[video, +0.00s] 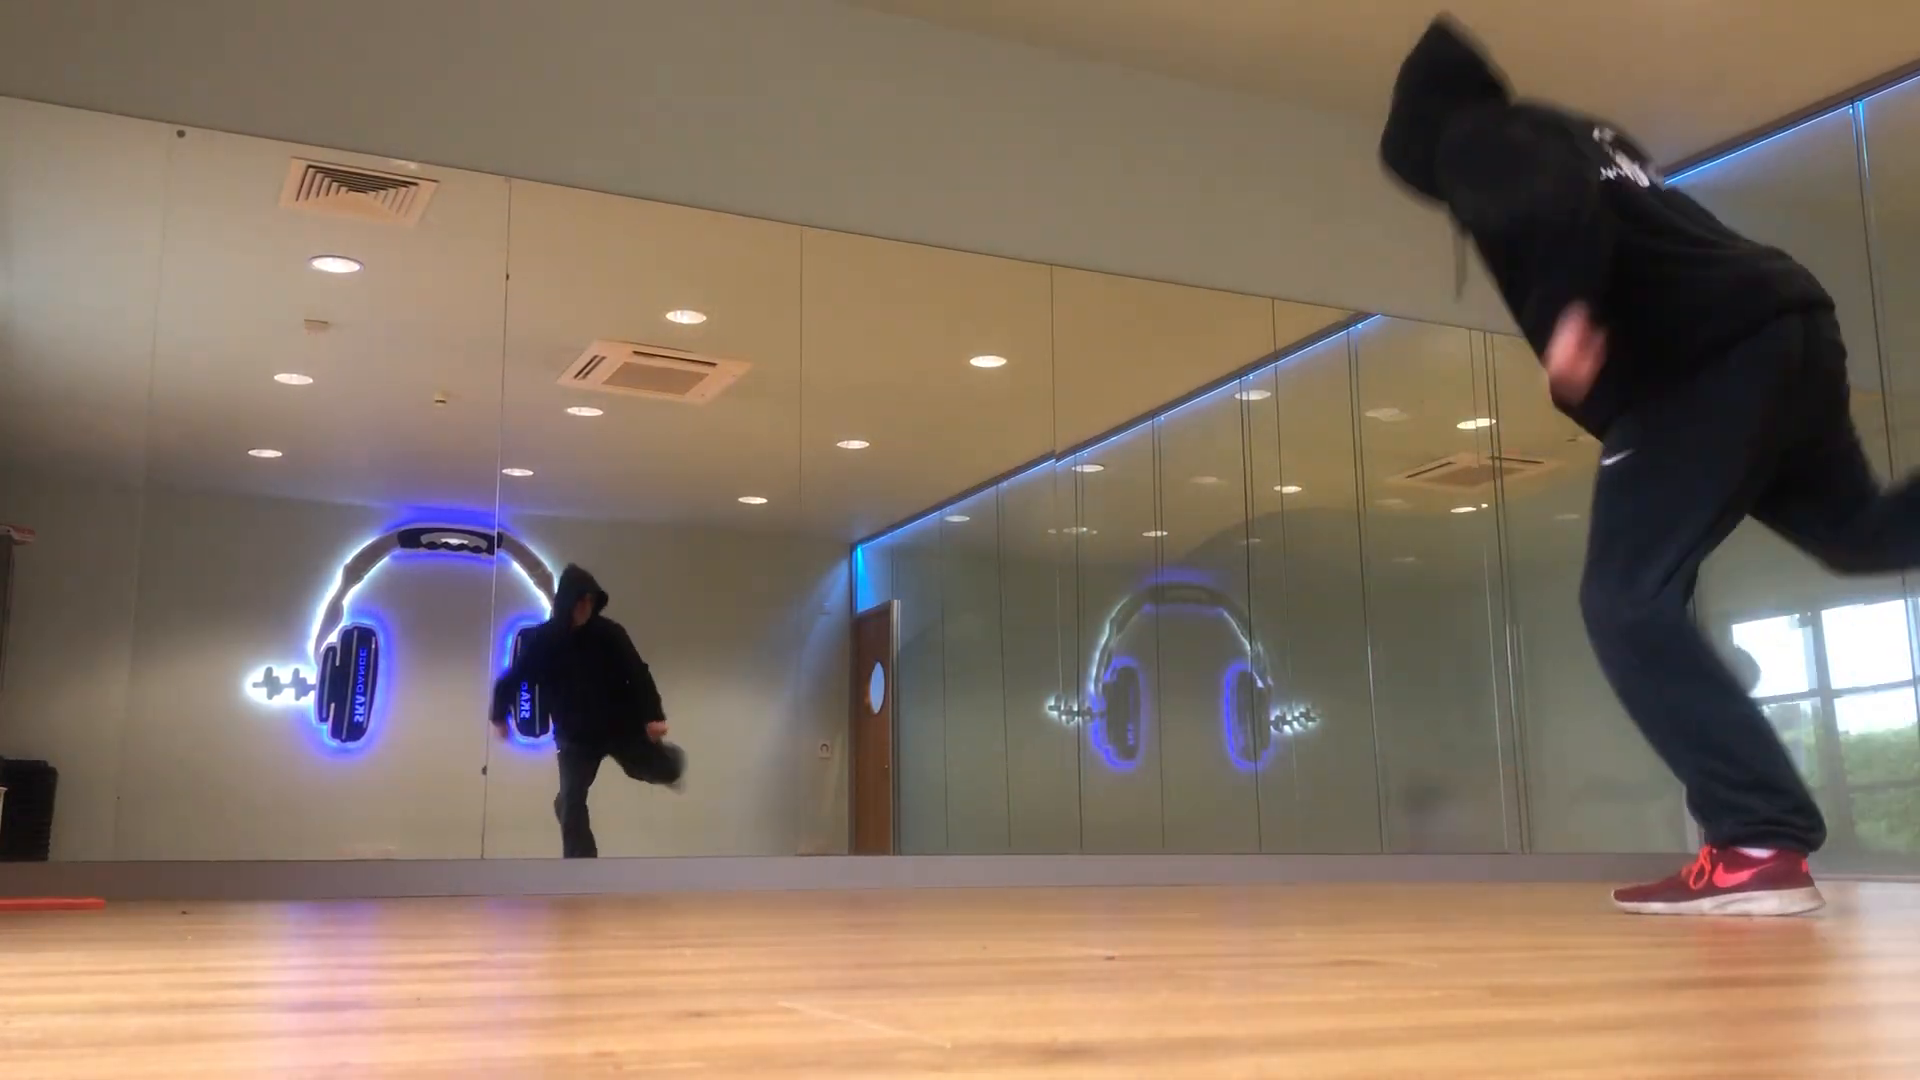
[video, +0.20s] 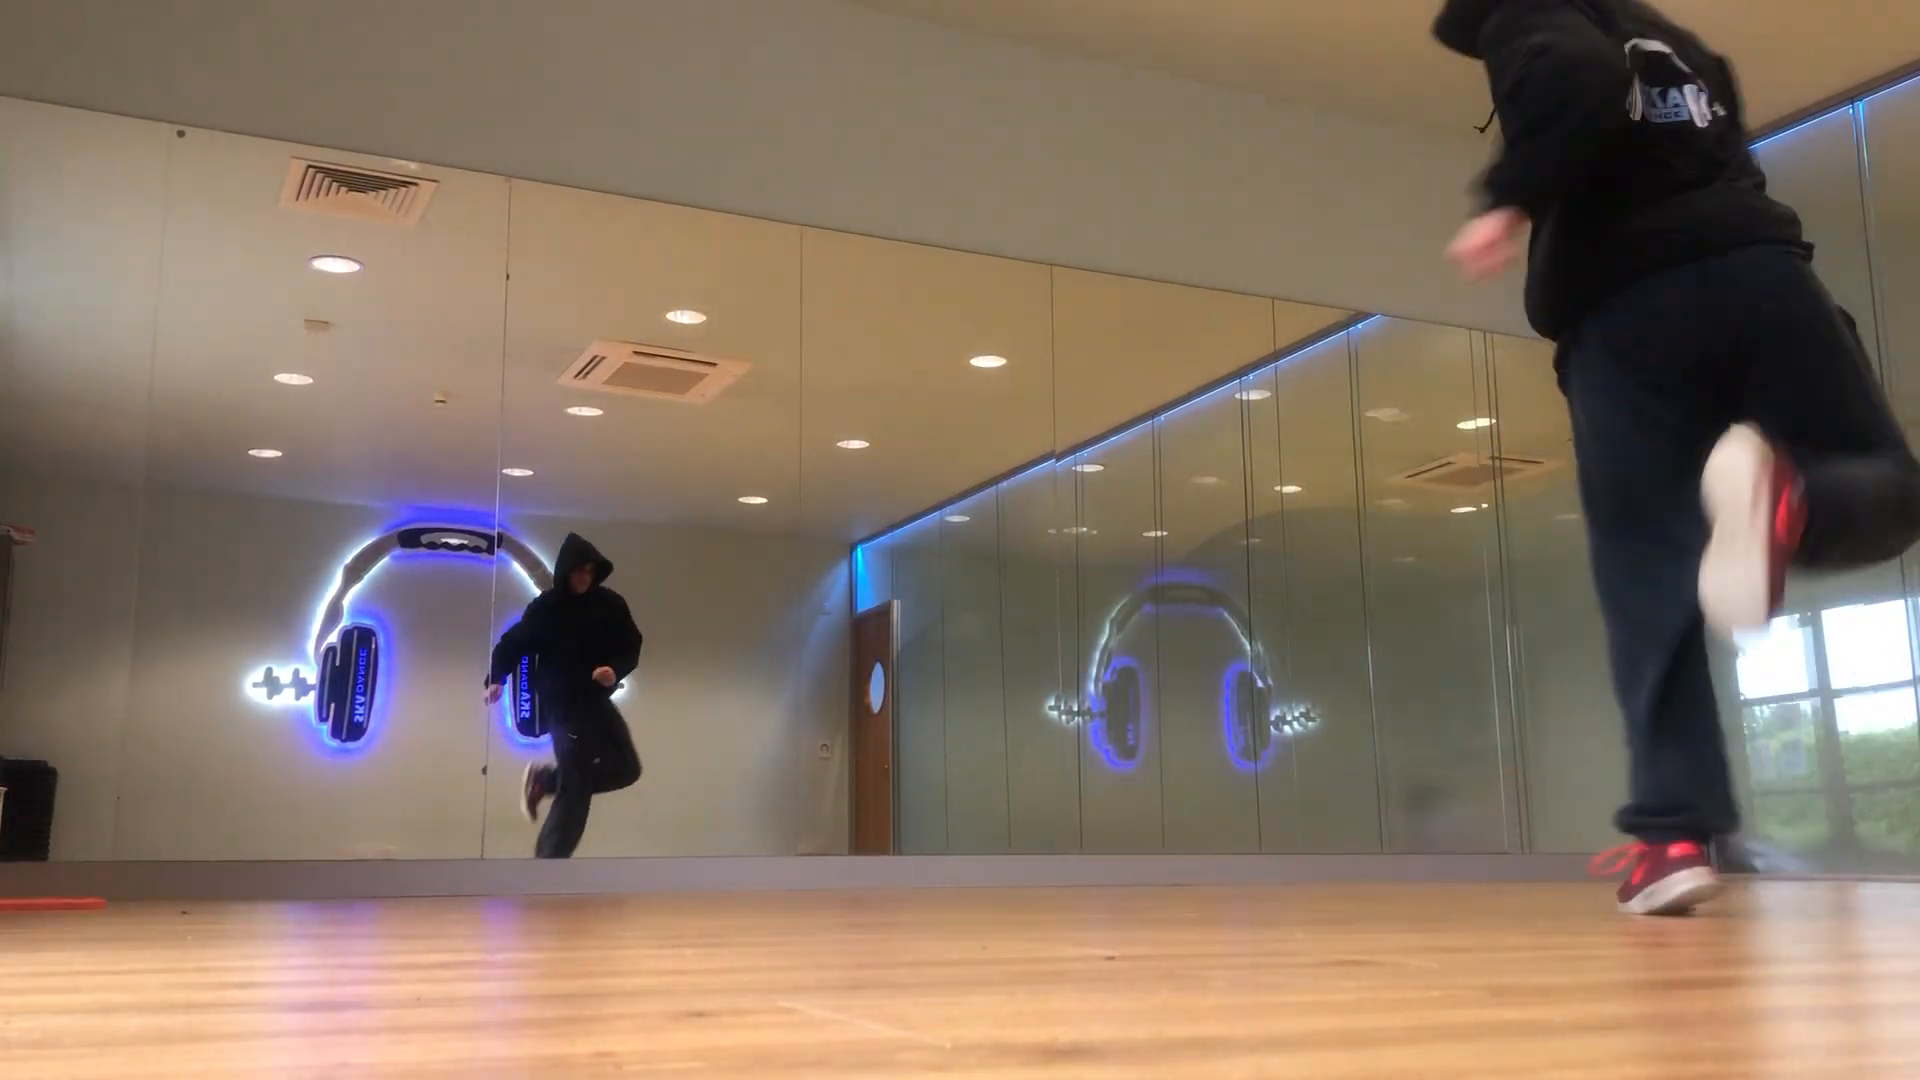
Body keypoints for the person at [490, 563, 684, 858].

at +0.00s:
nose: (584, 606)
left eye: (587, 600)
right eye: (580, 599)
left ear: (592, 602)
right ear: (570, 601)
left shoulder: (610, 634)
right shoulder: (544, 640)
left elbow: (639, 675)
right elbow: (513, 679)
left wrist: (654, 715)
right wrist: (499, 713)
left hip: (620, 728)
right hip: (577, 735)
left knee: (645, 767)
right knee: (570, 800)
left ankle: (672, 766)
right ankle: (581, 867)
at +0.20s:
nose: (583, 576)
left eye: (589, 570)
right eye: (577, 570)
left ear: (595, 572)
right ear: (565, 571)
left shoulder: (610, 604)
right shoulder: (546, 607)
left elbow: (632, 645)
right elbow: (512, 643)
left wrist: (616, 669)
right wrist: (496, 678)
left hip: (598, 702)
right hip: (561, 705)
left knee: (626, 769)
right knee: (575, 786)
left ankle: (547, 781)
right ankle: (547, 868)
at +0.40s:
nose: (609, 622)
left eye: (614, 616)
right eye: (605, 614)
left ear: (616, 617)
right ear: (589, 611)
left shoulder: (604, 643)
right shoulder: (556, 633)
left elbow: (627, 664)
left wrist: (654, 687)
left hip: (574, 728)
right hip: (538, 729)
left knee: (604, 785)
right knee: (566, 794)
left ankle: (549, 833)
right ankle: (552, 870)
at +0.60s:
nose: (594, 606)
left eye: (597, 601)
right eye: (591, 599)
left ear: (597, 600)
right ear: (577, 592)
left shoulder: (586, 622)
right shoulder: (548, 617)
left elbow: (604, 648)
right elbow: (538, 671)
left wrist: (635, 664)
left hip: (563, 718)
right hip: (535, 719)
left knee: (576, 786)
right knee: (556, 791)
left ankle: (521, 836)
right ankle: (547, 868)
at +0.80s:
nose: (587, 622)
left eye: (591, 618)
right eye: (588, 615)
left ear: (571, 603)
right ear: (578, 606)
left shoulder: (558, 629)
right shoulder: (548, 624)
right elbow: (506, 645)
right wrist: (458, 660)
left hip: (543, 729)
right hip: (539, 730)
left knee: (533, 804)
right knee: (556, 800)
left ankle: (507, 866)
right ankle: (544, 869)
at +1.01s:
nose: (590, 654)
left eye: (594, 650)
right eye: (590, 647)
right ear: (580, 640)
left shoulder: (562, 673)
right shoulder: (545, 655)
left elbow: (547, 732)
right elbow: (520, 682)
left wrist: (572, 755)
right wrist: (511, 710)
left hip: (525, 747)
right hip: (511, 743)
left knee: (536, 814)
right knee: (552, 793)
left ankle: (502, 872)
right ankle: (547, 869)